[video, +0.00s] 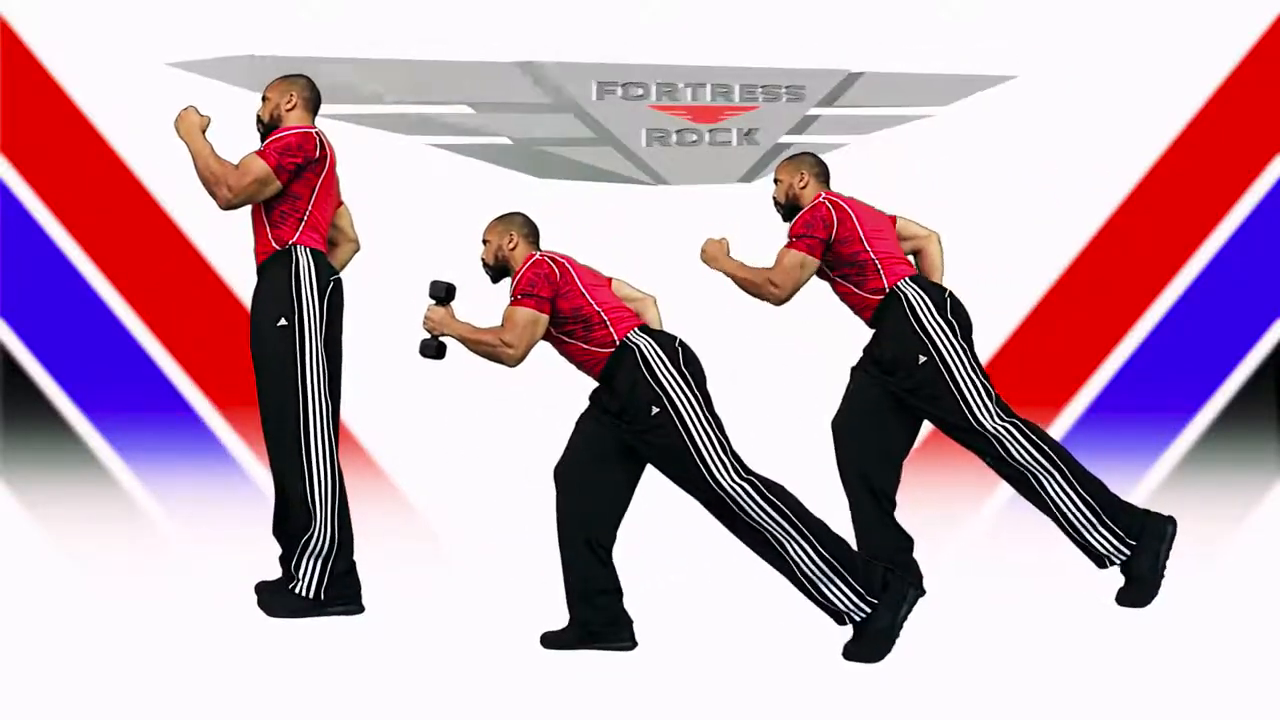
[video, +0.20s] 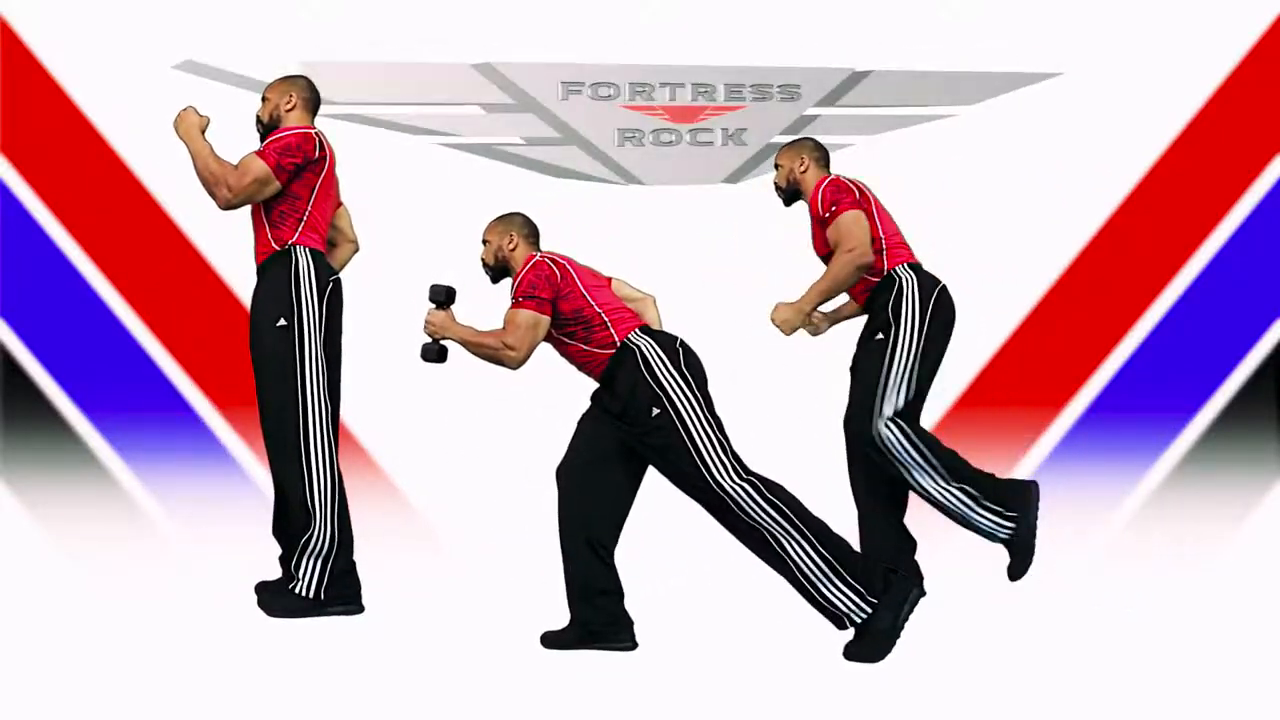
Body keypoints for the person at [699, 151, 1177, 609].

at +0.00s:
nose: (773, 192)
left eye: (780, 181)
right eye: (773, 184)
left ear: (809, 181)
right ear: (812, 185)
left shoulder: (819, 211)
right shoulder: (848, 213)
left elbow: (776, 289)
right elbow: (925, 239)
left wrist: (723, 263)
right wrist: (936, 312)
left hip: (916, 316)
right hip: (902, 327)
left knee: (994, 432)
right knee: (858, 439)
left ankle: (1135, 534)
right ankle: (892, 574)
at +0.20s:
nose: (775, 178)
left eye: (779, 168)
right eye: (774, 171)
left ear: (804, 163)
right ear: (806, 165)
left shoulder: (830, 188)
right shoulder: (831, 207)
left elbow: (858, 252)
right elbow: (874, 285)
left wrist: (803, 304)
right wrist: (828, 319)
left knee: (885, 423)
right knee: (860, 432)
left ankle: (1008, 508)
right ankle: (890, 570)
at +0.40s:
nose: (784, 159)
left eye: (789, 148)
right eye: (785, 151)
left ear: (814, 145)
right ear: (814, 149)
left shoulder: (848, 165)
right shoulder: (835, 206)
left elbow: (913, 195)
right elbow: (803, 270)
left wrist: (935, 269)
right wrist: (750, 241)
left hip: (900, 271)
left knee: (788, 317)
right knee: (884, 442)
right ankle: (897, 571)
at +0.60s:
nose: (792, 153)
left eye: (797, 143)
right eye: (791, 146)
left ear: (821, 139)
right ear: (821, 142)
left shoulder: (854, 161)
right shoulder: (837, 206)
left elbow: (925, 191)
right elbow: (794, 259)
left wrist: (956, 262)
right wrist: (748, 225)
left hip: (897, 276)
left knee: (777, 289)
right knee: (875, 434)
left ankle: (793, 418)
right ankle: (891, 566)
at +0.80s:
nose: (793, 153)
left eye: (798, 143)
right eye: (793, 146)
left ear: (823, 139)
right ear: (822, 142)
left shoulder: (854, 162)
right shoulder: (838, 204)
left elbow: (927, 191)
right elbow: (794, 258)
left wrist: (960, 262)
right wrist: (747, 223)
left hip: (896, 277)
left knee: (777, 292)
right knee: (872, 435)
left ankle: (784, 421)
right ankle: (893, 567)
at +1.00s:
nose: (790, 155)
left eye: (794, 145)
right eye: (790, 148)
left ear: (818, 140)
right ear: (820, 144)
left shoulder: (851, 162)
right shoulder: (838, 201)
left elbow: (919, 195)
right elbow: (805, 270)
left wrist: (939, 272)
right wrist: (751, 242)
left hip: (898, 273)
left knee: (781, 317)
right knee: (869, 436)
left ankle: (801, 448)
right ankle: (890, 569)